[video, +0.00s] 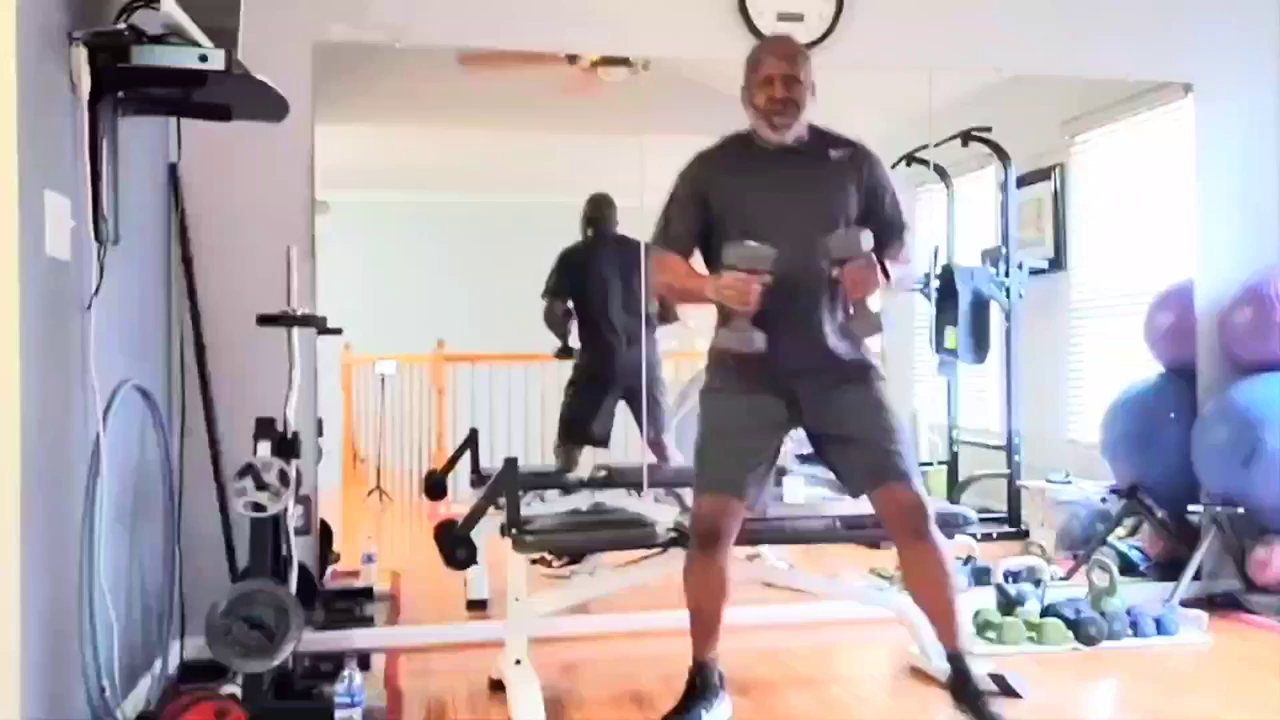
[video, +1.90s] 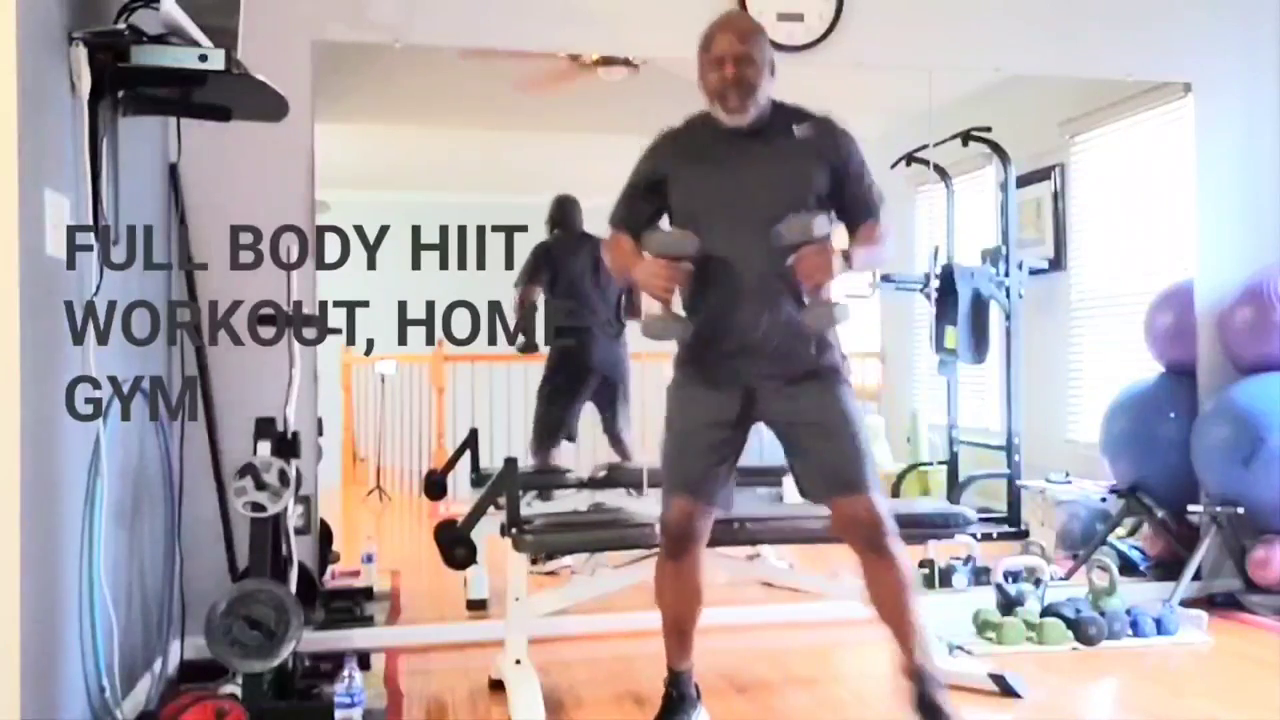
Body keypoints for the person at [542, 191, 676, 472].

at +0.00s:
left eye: (588, 219)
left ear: (586, 220)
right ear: (616, 219)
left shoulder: (573, 257)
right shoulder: (643, 252)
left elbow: (554, 313)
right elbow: (669, 312)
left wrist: (565, 339)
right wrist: (642, 322)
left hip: (597, 363)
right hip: (642, 361)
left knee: (569, 447)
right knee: (661, 441)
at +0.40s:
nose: (618, 233)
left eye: (620, 228)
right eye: (620, 227)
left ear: (625, 228)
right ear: (651, 227)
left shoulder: (622, 262)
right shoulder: (688, 259)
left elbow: (603, 319)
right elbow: (713, 312)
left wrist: (589, 327)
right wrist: (681, 322)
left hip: (640, 366)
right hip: (684, 367)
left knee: (600, 442)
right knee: (678, 444)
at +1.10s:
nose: (609, 260)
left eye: (609, 256)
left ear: (609, 259)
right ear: (636, 258)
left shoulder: (601, 294)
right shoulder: (664, 289)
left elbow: (582, 347)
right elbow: (681, 335)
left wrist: (580, 366)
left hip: (624, 392)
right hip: (668, 390)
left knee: (567, 454)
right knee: (675, 459)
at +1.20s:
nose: (589, 255)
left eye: (590, 251)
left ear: (591, 254)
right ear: (618, 254)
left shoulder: (583, 289)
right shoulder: (649, 286)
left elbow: (562, 347)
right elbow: (665, 343)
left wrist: (564, 362)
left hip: (608, 386)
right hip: (653, 386)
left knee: (554, 455)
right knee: (662, 461)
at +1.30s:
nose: (574, 235)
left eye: (574, 230)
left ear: (574, 232)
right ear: (602, 231)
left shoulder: (566, 266)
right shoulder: (632, 264)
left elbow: (548, 315)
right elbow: (655, 316)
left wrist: (549, 346)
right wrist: (622, 324)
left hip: (588, 364)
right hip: (629, 364)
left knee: (553, 441)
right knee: (642, 439)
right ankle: (674, 498)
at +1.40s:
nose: (561, 219)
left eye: (561, 215)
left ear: (563, 215)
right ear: (592, 213)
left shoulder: (559, 243)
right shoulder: (620, 243)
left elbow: (546, 294)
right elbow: (637, 298)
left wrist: (531, 321)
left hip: (576, 345)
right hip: (617, 346)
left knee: (553, 424)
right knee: (617, 423)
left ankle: (551, 477)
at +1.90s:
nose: (550, 224)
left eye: (550, 219)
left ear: (552, 220)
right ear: (581, 218)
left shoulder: (547, 250)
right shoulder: (608, 248)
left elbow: (527, 297)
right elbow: (634, 307)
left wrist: (528, 335)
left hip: (572, 348)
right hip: (612, 348)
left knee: (546, 431)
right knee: (617, 426)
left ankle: (545, 491)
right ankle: (636, 477)